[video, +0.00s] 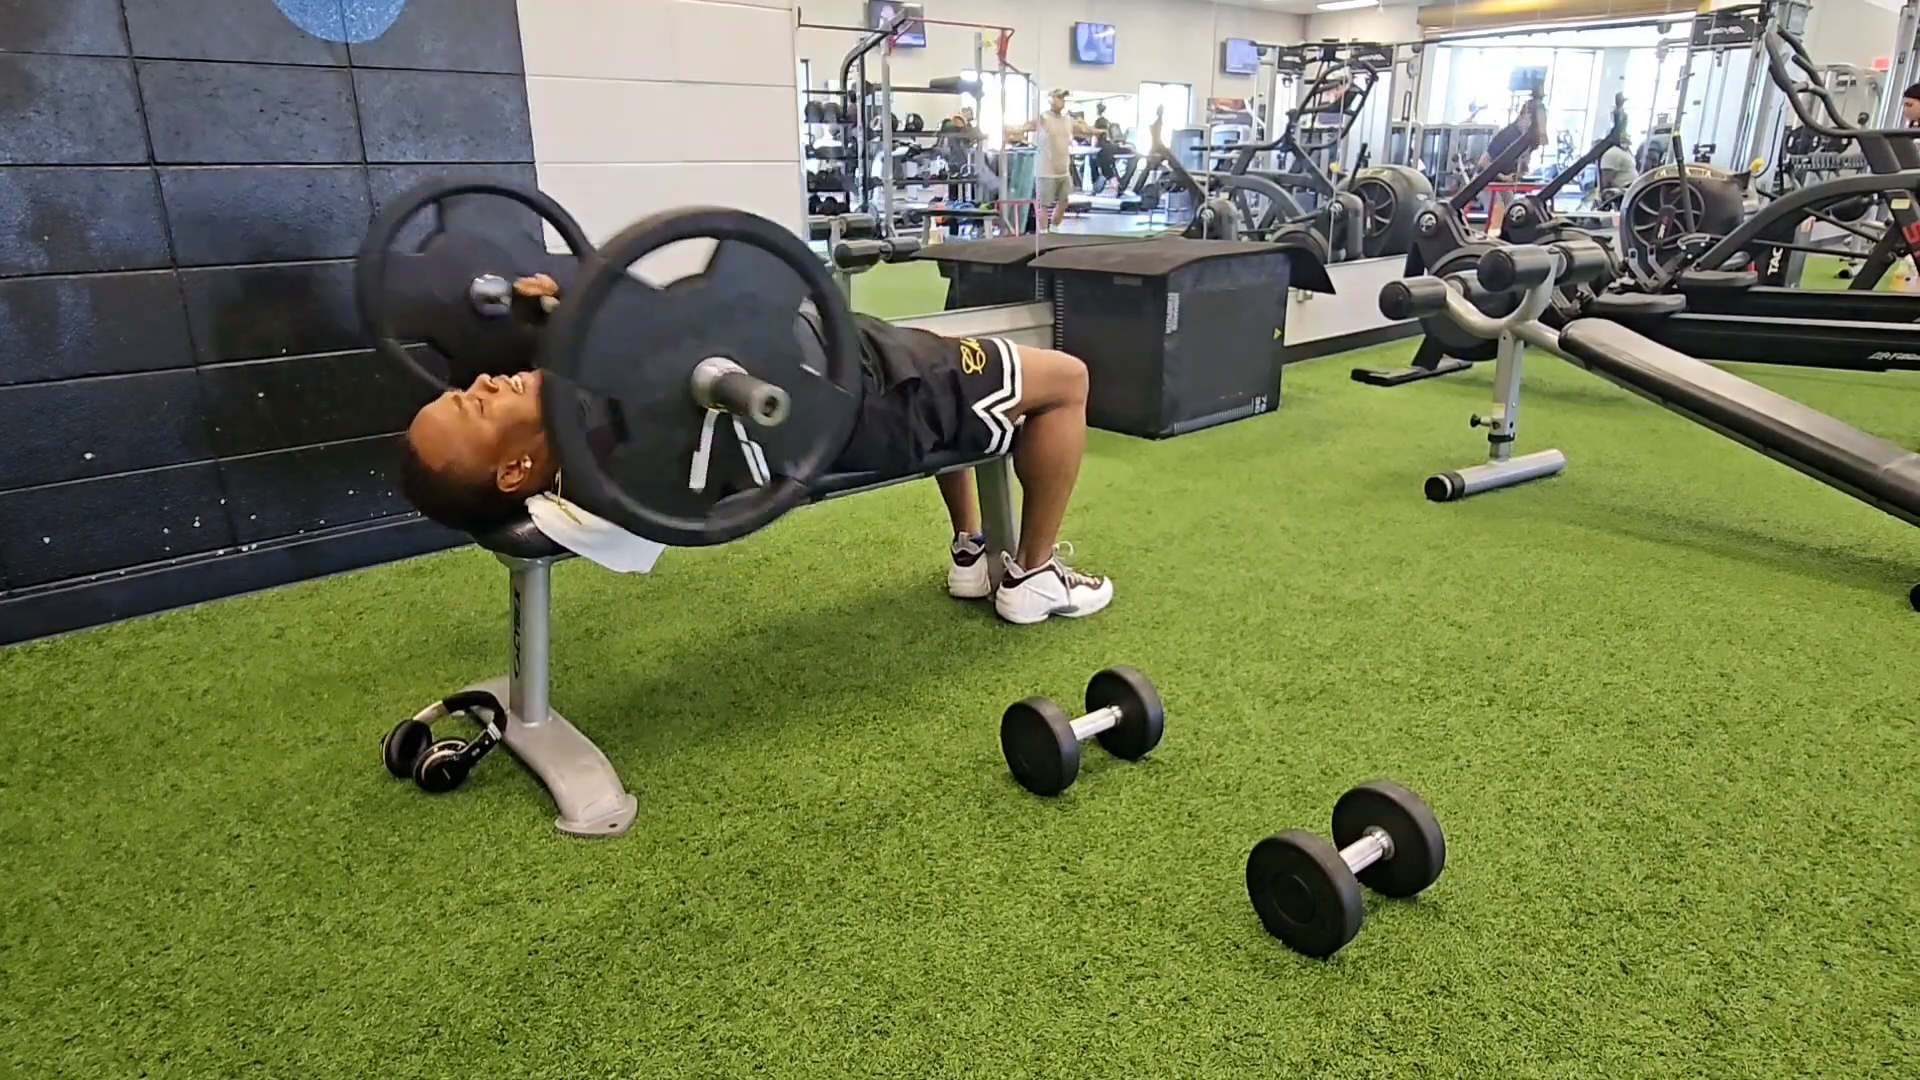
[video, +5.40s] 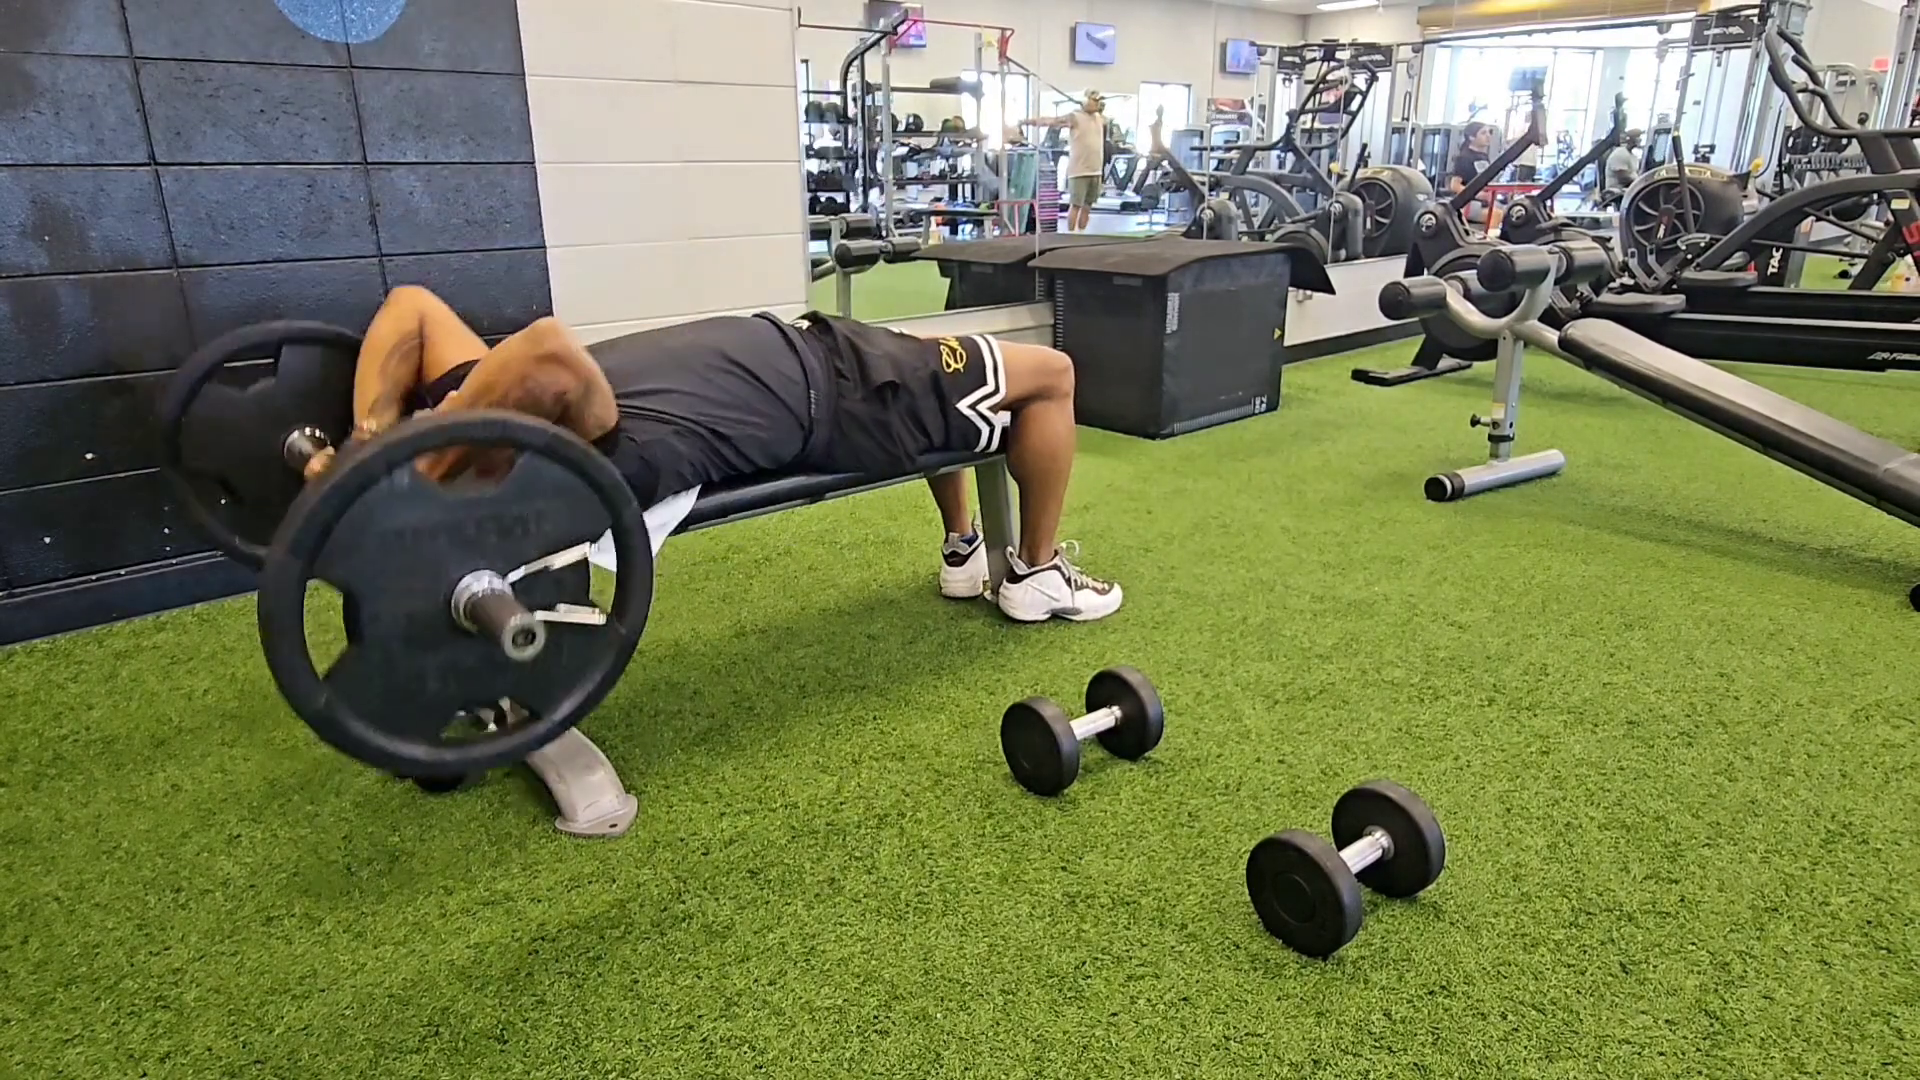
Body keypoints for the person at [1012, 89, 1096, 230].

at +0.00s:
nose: (1063, 102)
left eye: (1063, 99)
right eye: (1059, 98)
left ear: (1063, 101)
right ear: (1051, 100)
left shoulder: (1068, 120)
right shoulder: (1043, 119)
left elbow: (1082, 128)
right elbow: (1024, 128)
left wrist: (1097, 131)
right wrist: (1007, 129)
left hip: (1063, 169)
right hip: (1046, 170)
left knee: (1063, 201)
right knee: (1043, 205)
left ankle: (1054, 229)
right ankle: (1042, 233)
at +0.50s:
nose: (1054, 105)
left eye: (1055, 102)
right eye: (1051, 102)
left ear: (1055, 105)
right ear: (1044, 103)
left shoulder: (1058, 124)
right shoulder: (1036, 121)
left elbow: (1075, 130)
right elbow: (1024, 131)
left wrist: (1093, 133)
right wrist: (1013, 133)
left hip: (1051, 170)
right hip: (1037, 170)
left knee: (1039, 203)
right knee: (1043, 203)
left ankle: (1030, 230)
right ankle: (1043, 233)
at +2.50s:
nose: (1055, 105)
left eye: (1057, 102)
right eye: (1052, 101)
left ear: (1059, 105)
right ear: (1045, 103)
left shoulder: (1060, 124)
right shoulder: (1036, 120)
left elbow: (1077, 132)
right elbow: (1025, 128)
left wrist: (1094, 134)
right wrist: (1016, 130)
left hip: (1055, 171)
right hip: (1040, 171)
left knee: (1054, 205)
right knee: (1044, 206)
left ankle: (1036, 227)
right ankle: (1041, 233)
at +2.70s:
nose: (1061, 106)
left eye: (1063, 103)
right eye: (1059, 102)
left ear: (1065, 105)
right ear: (1051, 102)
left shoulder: (1064, 123)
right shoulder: (1041, 118)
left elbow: (1081, 131)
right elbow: (1027, 124)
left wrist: (1099, 132)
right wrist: (1016, 124)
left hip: (1061, 169)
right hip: (1044, 170)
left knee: (1068, 201)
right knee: (1043, 205)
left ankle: (1055, 228)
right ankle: (1040, 233)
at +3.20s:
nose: (1082, 106)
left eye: (1084, 103)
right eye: (1080, 102)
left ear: (1086, 104)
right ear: (1074, 102)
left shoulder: (1086, 120)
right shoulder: (1062, 118)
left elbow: (1099, 119)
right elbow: (1044, 120)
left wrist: (1108, 115)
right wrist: (1028, 117)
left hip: (1082, 169)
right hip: (1066, 169)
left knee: (1079, 205)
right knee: (1066, 205)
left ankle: (1074, 232)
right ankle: (1050, 225)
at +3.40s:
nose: (1088, 105)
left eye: (1089, 102)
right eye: (1086, 101)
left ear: (1089, 104)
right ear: (1078, 101)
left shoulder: (1090, 119)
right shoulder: (1067, 117)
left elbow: (1101, 119)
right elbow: (1047, 120)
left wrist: (1110, 114)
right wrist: (1029, 116)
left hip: (1086, 167)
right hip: (1070, 167)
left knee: (1082, 203)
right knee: (1078, 201)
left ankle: (1075, 232)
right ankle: (1061, 224)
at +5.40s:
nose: (1098, 104)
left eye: (1099, 101)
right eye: (1095, 100)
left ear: (1099, 103)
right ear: (1086, 101)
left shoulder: (1099, 119)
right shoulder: (1076, 117)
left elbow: (1108, 121)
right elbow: (1053, 121)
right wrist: (1029, 122)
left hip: (1095, 170)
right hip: (1078, 169)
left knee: (1087, 207)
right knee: (1076, 205)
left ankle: (1081, 235)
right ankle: (1071, 235)